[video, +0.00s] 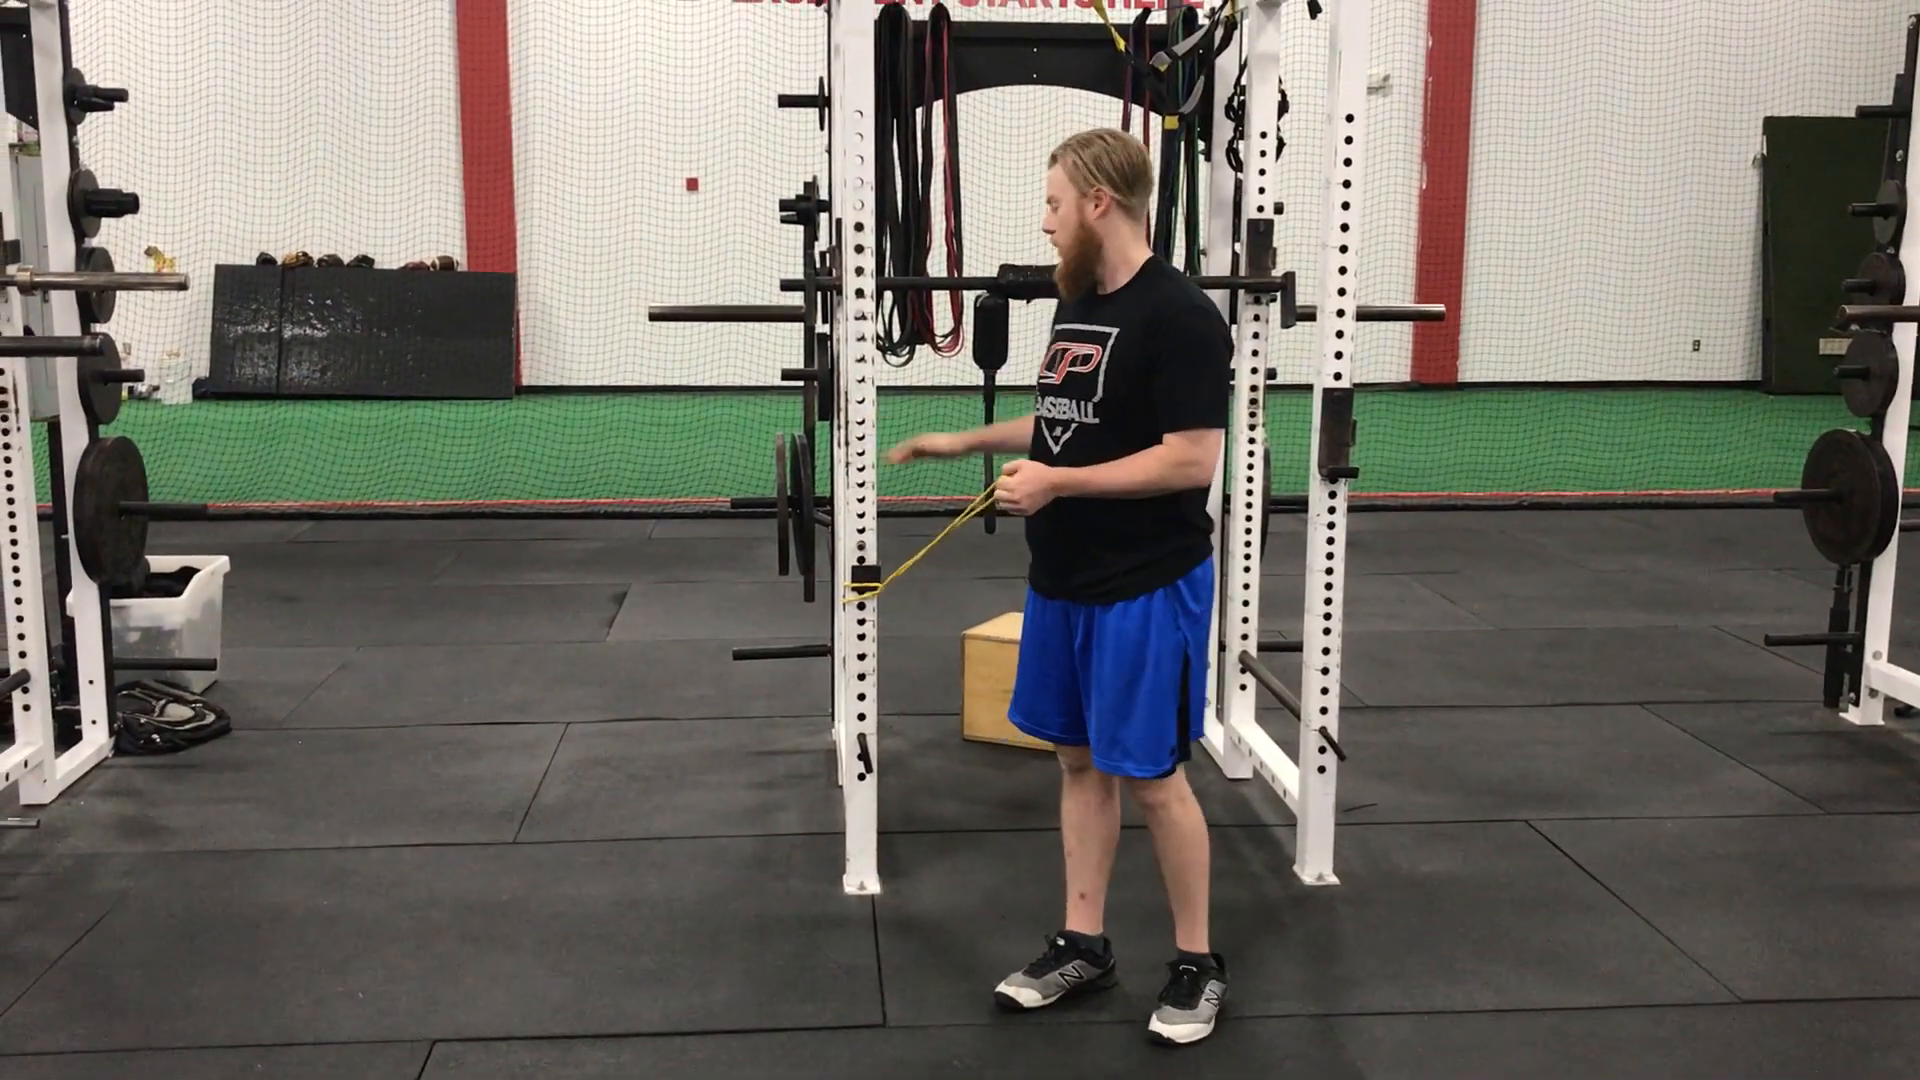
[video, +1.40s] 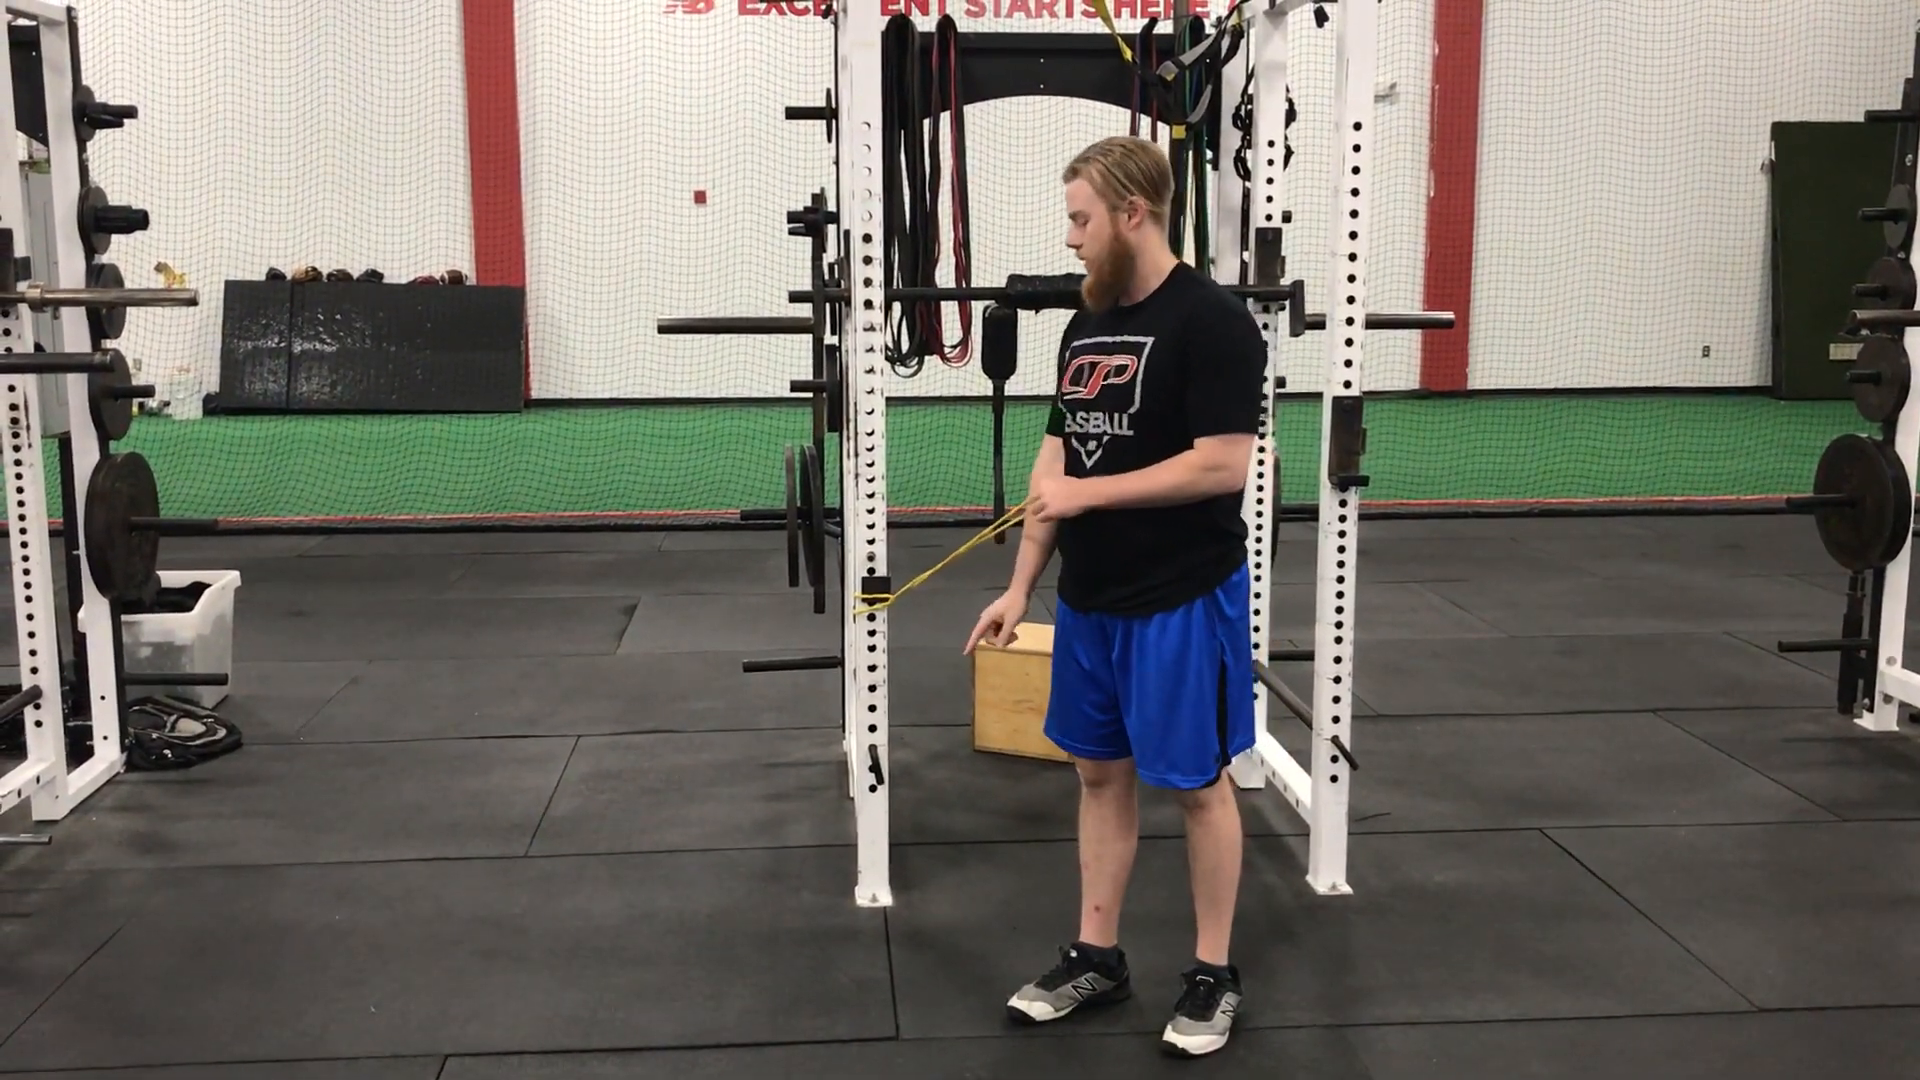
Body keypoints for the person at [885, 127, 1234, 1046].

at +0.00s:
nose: (1047, 224)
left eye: (1053, 206)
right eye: (1046, 207)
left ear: (1098, 203)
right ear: (1098, 206)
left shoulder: (1181, 315)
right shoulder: (1078, 307)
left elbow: (1194, 460)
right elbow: (1064, 429)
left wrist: (1060, 480)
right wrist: (963, 442)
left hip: (1150, 585)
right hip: (1066, 581)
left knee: (1154, 775)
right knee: (1081, 760)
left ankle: (1195, 963)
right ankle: (1080, 945)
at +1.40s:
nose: (1069, 237)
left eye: (1080, 218)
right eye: (1068, 219)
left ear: (1135, 215)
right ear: (1119, 218)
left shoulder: (1215, 322)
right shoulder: (1088, 328)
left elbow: (1229, 464)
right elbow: (1062, 464)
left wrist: (1082, 491)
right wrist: (1020, 585)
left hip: (1186, 600)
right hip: (1092, 597)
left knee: (1199, 783)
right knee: (1100, 773)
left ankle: (1210, 973)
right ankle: (1097, 957)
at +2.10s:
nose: (1105, 216)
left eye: (1125, 200)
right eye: (1092, 199)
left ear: (1163, 213)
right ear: (1076, 210)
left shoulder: (1210, 319)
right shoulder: (1054, 325)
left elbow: (1237, 456)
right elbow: (1033, 455)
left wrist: (1098, 487)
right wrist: (1027, 569)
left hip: (1187, 598)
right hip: (1082, 597)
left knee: (1200, 780)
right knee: (1100, 776)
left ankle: (1217, 976)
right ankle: (1101, 961)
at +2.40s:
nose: (1117, 224)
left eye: (1137, 207)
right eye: (1104, 206)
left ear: (1174, 218)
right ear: (1087, 215)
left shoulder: (1219, 321)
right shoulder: (1069, 327)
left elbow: (1242, 461)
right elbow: (1048, 461)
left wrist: (1106, 490)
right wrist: (1027, 584)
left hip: (1195, 600)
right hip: (1092, 599)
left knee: (1206, 784)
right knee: (1104, 778)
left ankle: (1220, 979)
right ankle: (1105, 962)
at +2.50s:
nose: (1123, 222)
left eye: (1143, 205)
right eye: (1110, 204)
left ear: (1181, 216)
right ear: (1094, 212)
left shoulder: (1225, 321)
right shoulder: (1074, 329)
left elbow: (1246, 462)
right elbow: (1053, 462)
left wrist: (1109, 489)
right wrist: (1031, 583)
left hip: (1199, 601)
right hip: (1097, 600)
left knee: (1209, 786)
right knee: (1108, 778)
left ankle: (1223, 979)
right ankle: (1108, 962)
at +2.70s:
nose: (1128, 216)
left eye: (1149, 200)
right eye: (1118, 199)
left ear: (1193, 214)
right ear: (1108, 209)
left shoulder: (1242, 322)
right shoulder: (1091, 325)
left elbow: (1260, 464)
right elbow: (1067, 459)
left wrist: (1119, 492)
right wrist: (1041, 580)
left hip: (1212, 603)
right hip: (1107, 601)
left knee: (1219, 788)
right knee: (1116, 778)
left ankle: (1230, 978)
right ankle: (1114, 961)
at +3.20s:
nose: (1089, 235)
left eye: (1102, 216)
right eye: (1088, 218)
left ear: (1160, 220)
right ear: (1133, 222)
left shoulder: (1229, 339)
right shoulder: (1113, 328)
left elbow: (1236, 493)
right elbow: (1116, 474)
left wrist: (1100, 511)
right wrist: (1070, 580)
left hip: (1196, 617)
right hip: (1097, 605)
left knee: (1221, 802)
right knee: (1031, 760)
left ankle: (1247, 975)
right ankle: (1036, 969)